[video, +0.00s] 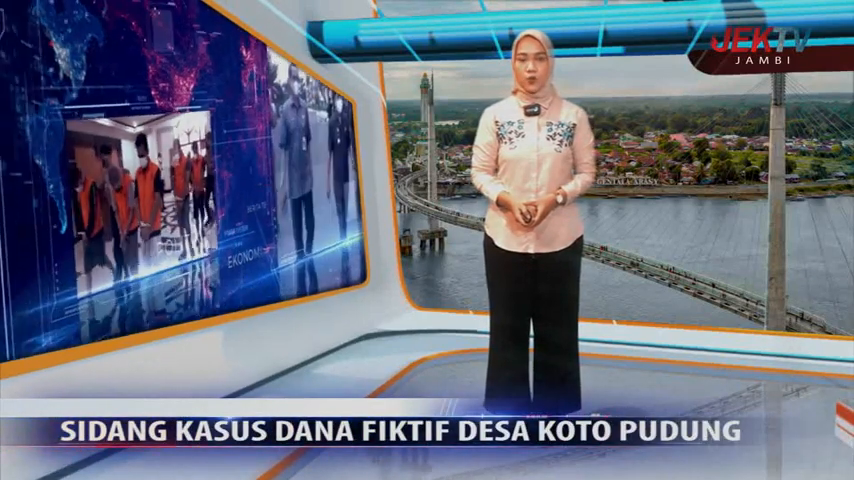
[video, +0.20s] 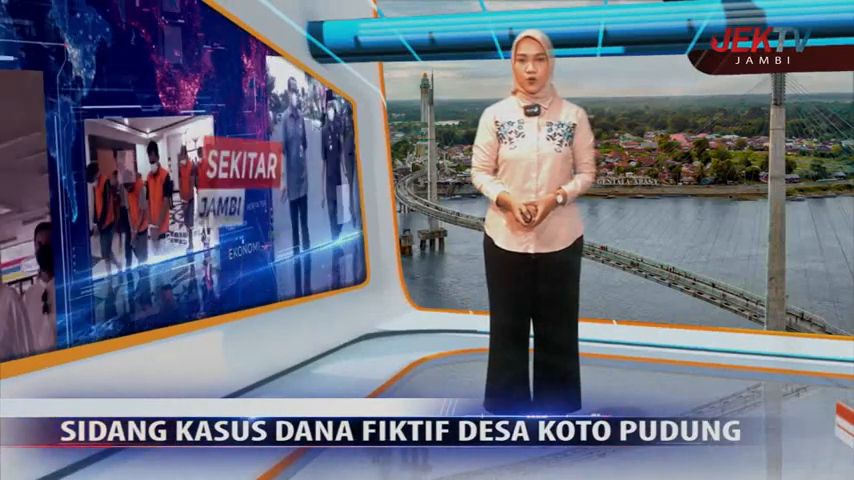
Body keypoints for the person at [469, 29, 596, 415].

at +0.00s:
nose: (531, 66)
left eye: (539, 58)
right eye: (523, 58)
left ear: (551, 64)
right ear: (513, 64)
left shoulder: (574, 116)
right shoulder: (494, 116)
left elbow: (586, 174)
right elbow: (480, 172)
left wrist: (553, 198)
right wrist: (508, 201)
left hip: (559, 243)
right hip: (506, 245)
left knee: (558, 339)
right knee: (507, 337)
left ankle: (558, 423)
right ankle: (506, 424)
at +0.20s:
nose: (531, 67)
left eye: (539, 59)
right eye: (523, 59)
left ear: (551, 64)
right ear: (513, 65)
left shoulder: (574, 116)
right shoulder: (494, 116)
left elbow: (586, 174)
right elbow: (480, 172)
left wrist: (553, 199)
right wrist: (508, 201)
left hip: (559, 243)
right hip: (506, 245)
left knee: (558, 339)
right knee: (507, 337)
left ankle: (558, 424)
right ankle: (506, 423)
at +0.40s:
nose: (531, 67)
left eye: (539, 59)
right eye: (523, 59)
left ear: (551, 64)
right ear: (513, 65)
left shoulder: (573, 116)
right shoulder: (494, 116)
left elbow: (587, 174)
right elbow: (480, 172)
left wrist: (553, 199)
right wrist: (508, 201)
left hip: (559, 243)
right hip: (506, 244)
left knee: (558, 339)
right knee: (507, 337)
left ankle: (558, 423)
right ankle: (506, 423)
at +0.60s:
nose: (531, 67)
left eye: (539, 59)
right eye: (523, 59)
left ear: (551, 64)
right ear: (513, 65)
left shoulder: (573, 116)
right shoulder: (494, 116)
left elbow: (587, 173)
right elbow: (480, 172)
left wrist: (553, 199)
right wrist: (508, 201)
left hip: (559, 243)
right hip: (506, 244)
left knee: (558, 338)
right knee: (507, 336)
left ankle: (558, 423)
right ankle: (506, 422)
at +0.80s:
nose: (531, 67)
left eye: (539, 59)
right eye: (523, 60)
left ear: (551, 65)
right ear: (513, 65)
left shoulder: (573, 116)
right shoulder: (494, 116)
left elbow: (587, 173)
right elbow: (479, 171)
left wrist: (553, 199)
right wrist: (508, 201)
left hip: (559, 243)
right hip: (506, 244)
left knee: (558, 338)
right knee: (507, 337)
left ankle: (557, 422)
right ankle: (506, 422)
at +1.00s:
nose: (531, 67)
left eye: (539, 59)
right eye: (523, 59)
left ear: (551, 65)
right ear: (512, 65)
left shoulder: (573, 116)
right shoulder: (494, 116)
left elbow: (586, 174)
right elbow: (479, 171)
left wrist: (553, 200)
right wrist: (508, 201)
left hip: (558, 243)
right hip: (506, 244)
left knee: (558, 338)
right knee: (507, 336)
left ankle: (557, 422)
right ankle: (507, 422)